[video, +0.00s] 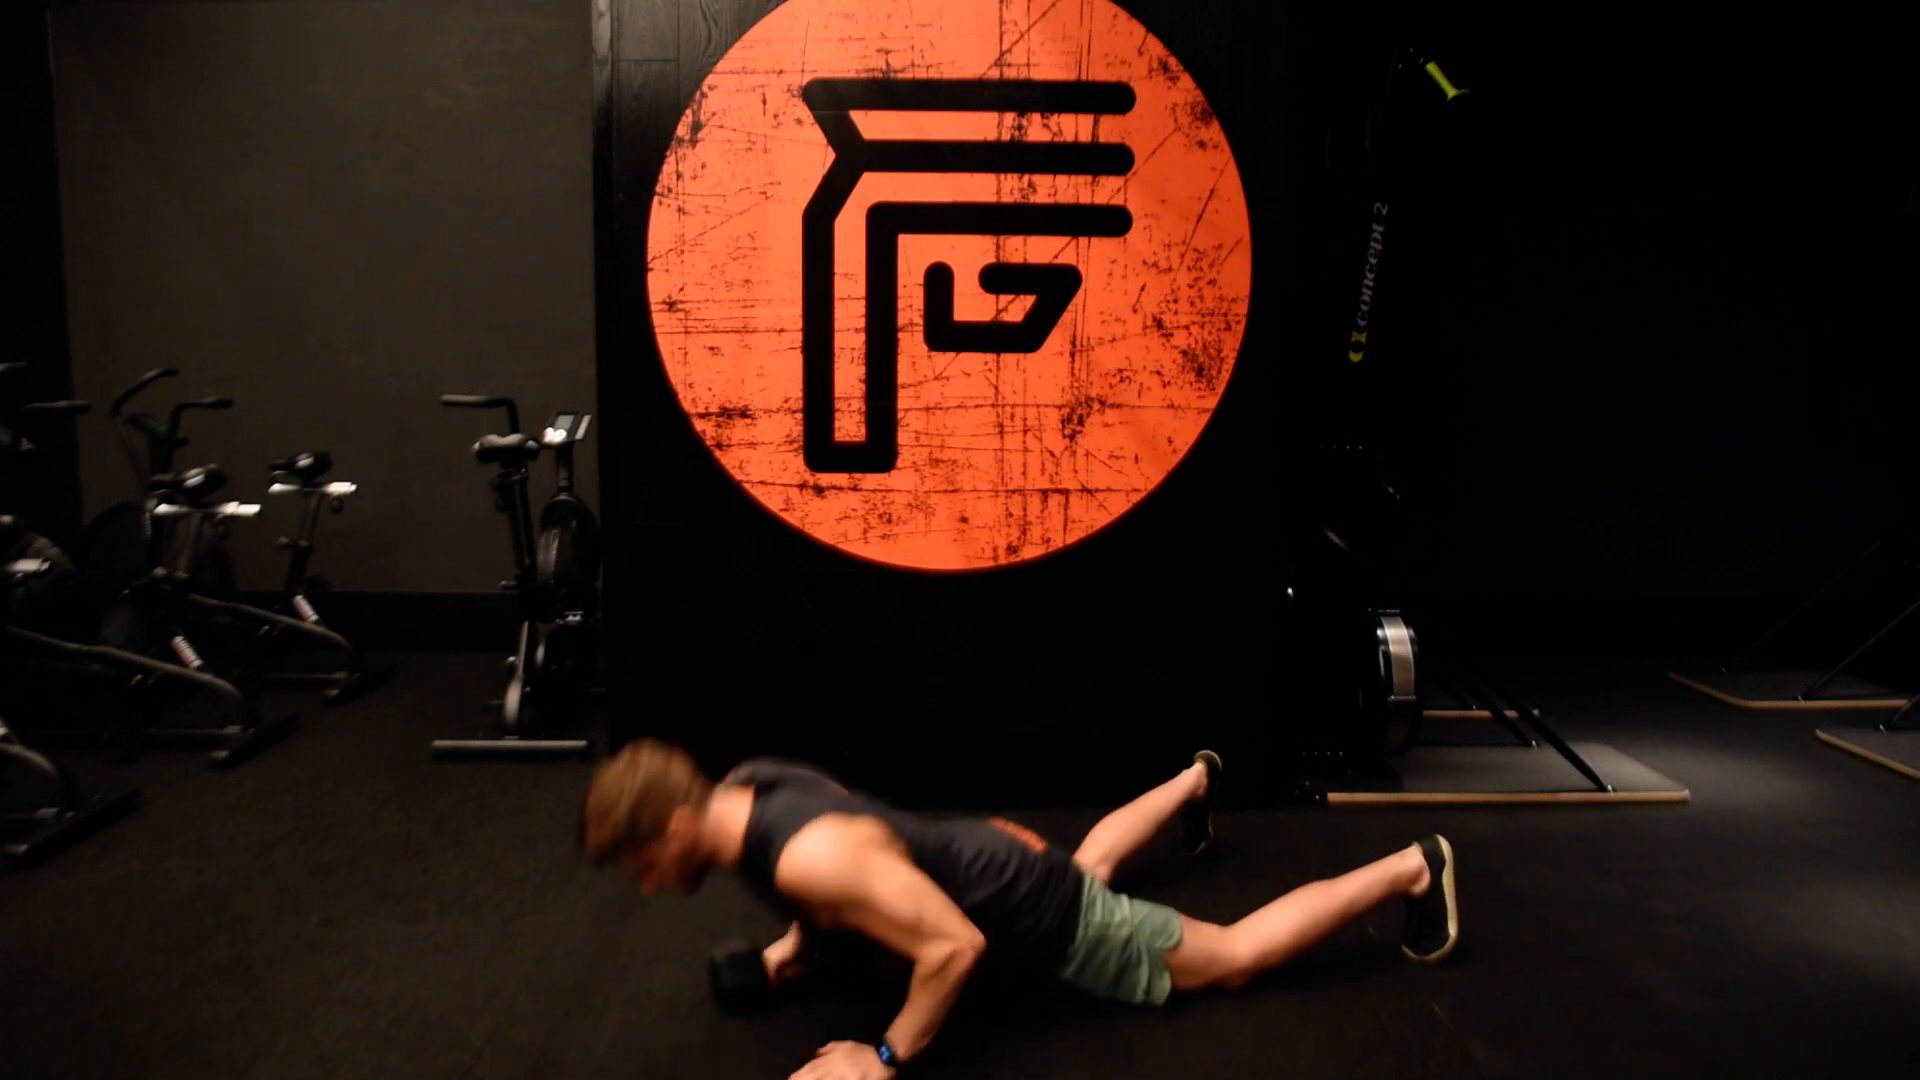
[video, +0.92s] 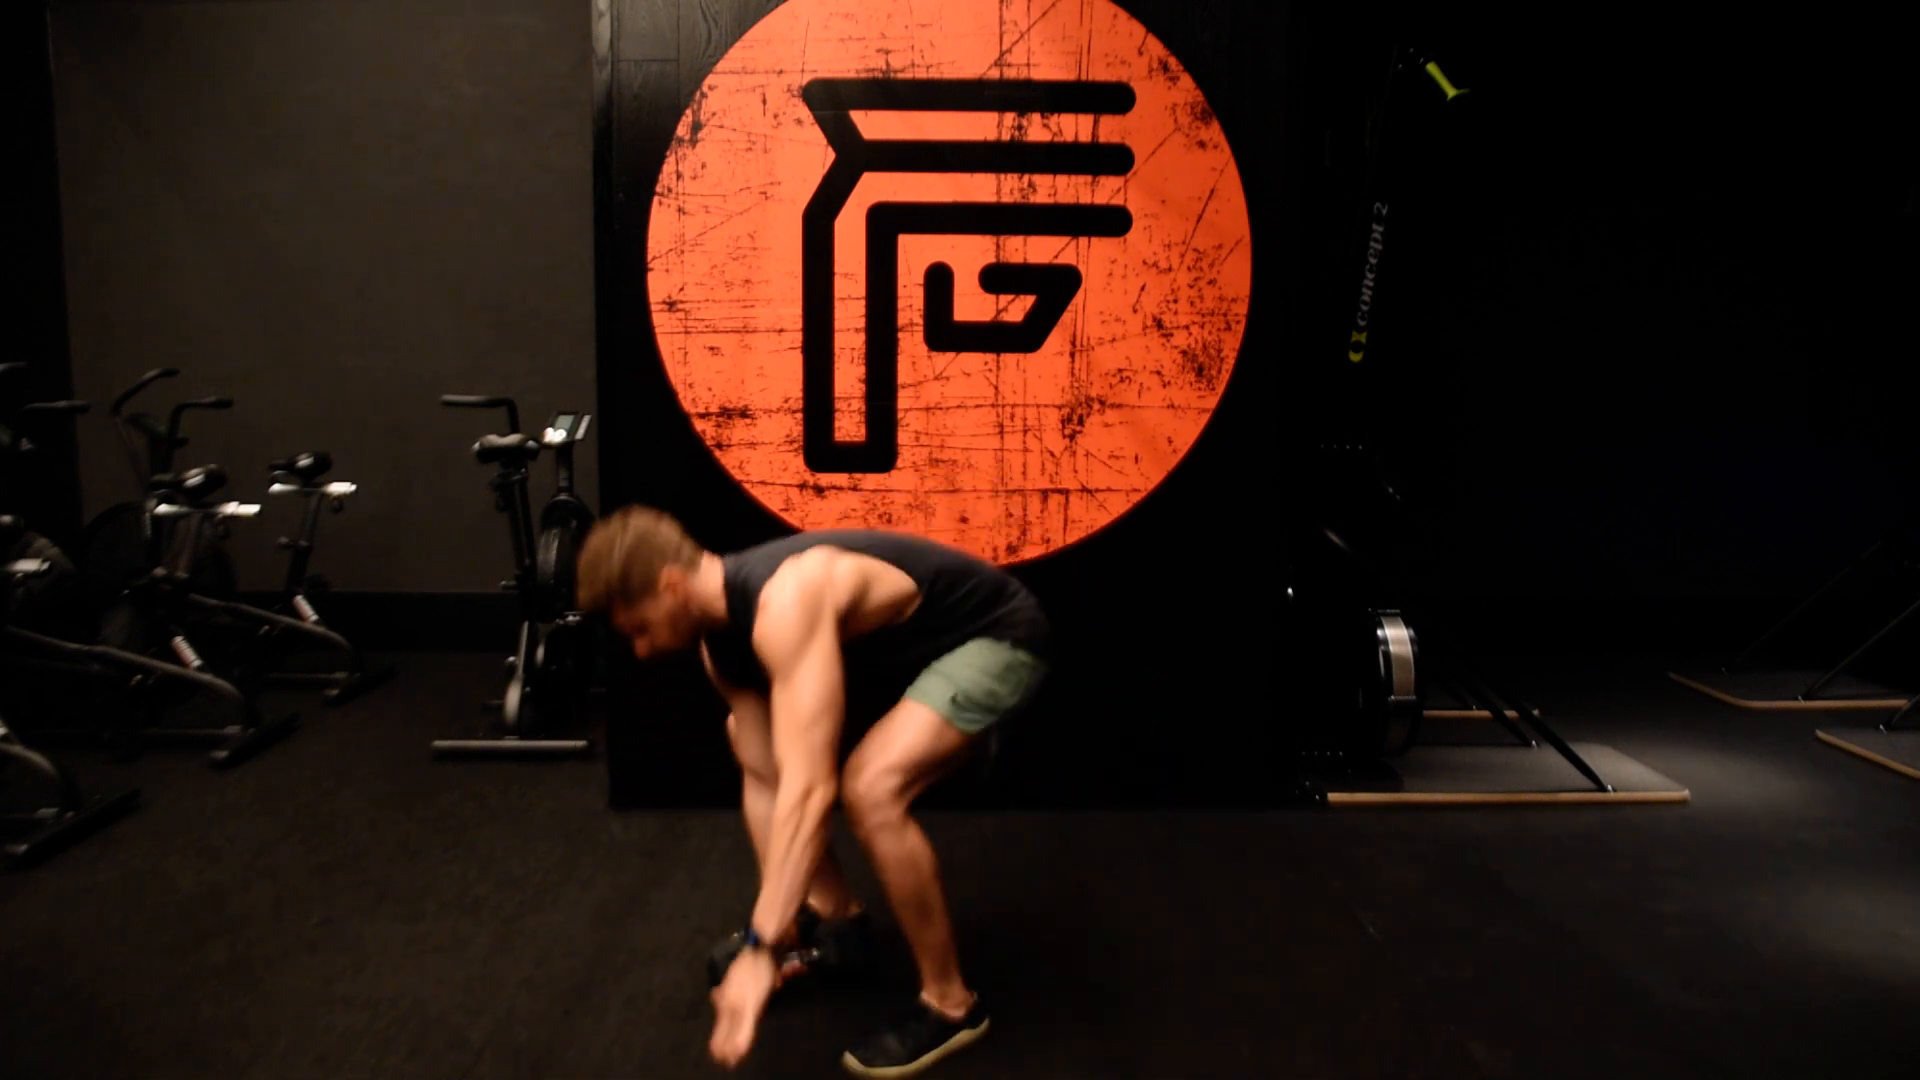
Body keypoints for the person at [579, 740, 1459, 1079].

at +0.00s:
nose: (637, 880)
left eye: (634, 865)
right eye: (626, 869)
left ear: (666, 835)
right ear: (676, 801)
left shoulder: (811, 864)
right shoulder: (745, 786)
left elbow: (953, 945)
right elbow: (838, 847)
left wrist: (885, 1054)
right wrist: (800, 935)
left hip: (1040, 911)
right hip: (986, 856)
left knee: (1228, 953)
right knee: (1080, 872)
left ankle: (1410, 866)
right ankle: (1191, 778)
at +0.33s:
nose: (684, 767)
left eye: (677, 754)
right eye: (670, 759)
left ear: (698, 722)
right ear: (702, 695)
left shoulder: (838, 753)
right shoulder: (772, 681)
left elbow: (905, 923)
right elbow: (797, 818)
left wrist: (881, 1052)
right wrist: (800, 936)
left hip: (1060, 798)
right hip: (1008, 762)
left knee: (1231, 890)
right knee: (1091, 809)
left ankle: (1425, 876)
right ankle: (1183, 795)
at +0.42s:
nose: (670, 773)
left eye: (663, 762)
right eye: (656, 767)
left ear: (682, 727)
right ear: (678, 699)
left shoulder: (805, 748)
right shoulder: (737, 675)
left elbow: (881, 915)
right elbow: (773, 819)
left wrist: (880, 1050)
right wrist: (796, 934)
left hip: (1052, 713)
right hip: (990, 678)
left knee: (1209, 835)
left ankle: (1400, 870)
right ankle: (1167, 787)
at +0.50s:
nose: (662, 787)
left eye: (652, 775)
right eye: (646, 781)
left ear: (674, 736)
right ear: (665, 706)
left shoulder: (796, 731)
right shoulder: (725, 673)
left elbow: (867, 900)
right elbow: (771, 810)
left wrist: (877, 1049)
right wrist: (793, 936)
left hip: (1031, 623)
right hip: (957, 612)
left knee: (1155, 814)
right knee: (1084, 745)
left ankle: (1344, 840)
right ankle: (1153, 756)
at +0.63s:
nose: (688, 763)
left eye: (679, 752)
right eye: (674, 759)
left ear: (696, 713)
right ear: (686, 692)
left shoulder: (804, 698)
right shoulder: (732, 668)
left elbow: (859, 887)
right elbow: (778, 804)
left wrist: (868, 1036)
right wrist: (796, 939)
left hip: (1012, 539)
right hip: (936, 551)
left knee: (1024, 769)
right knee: (916, 703)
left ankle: (1199, 888)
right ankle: (1050, 804)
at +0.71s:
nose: (698, 742)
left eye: (689, 730)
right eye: (684, 738)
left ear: (702, 687)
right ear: (701, 677)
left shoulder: (805, 667)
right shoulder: (739, 651)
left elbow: (854, 862)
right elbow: (783, 797)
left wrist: (851, 1013)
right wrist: (794, 937)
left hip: (1010, 534)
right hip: (934, 549)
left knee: (954, 749)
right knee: (889, 717)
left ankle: (1052, 949)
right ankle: (953, 836)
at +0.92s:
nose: (641, 649)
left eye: (640, 629)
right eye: (629, 636)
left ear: (671, 582)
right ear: (670, 583)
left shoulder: (788, 600)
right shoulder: (722, 639)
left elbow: (810, 789)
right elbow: (761, 784)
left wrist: (761, 948)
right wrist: (774, 925)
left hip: (994, 634)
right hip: (900, 652)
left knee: (870, 787)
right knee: (765, 753)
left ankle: (951, 1002)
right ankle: (833, 917)